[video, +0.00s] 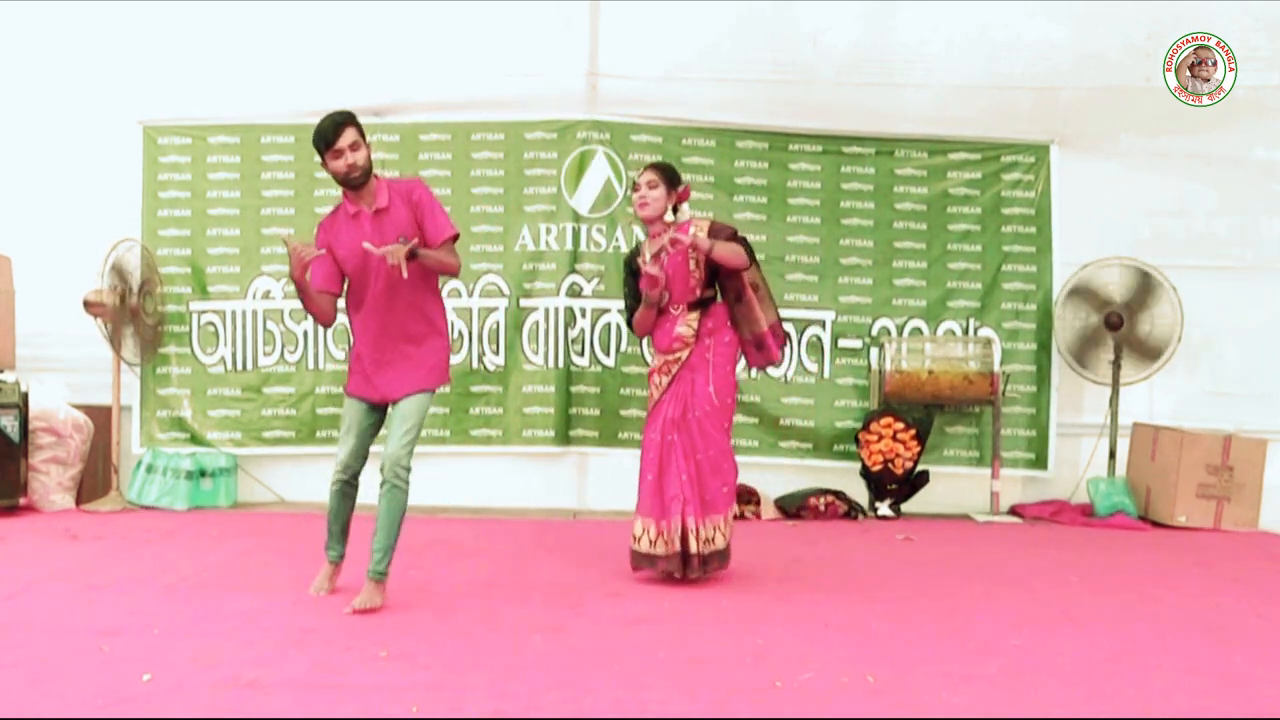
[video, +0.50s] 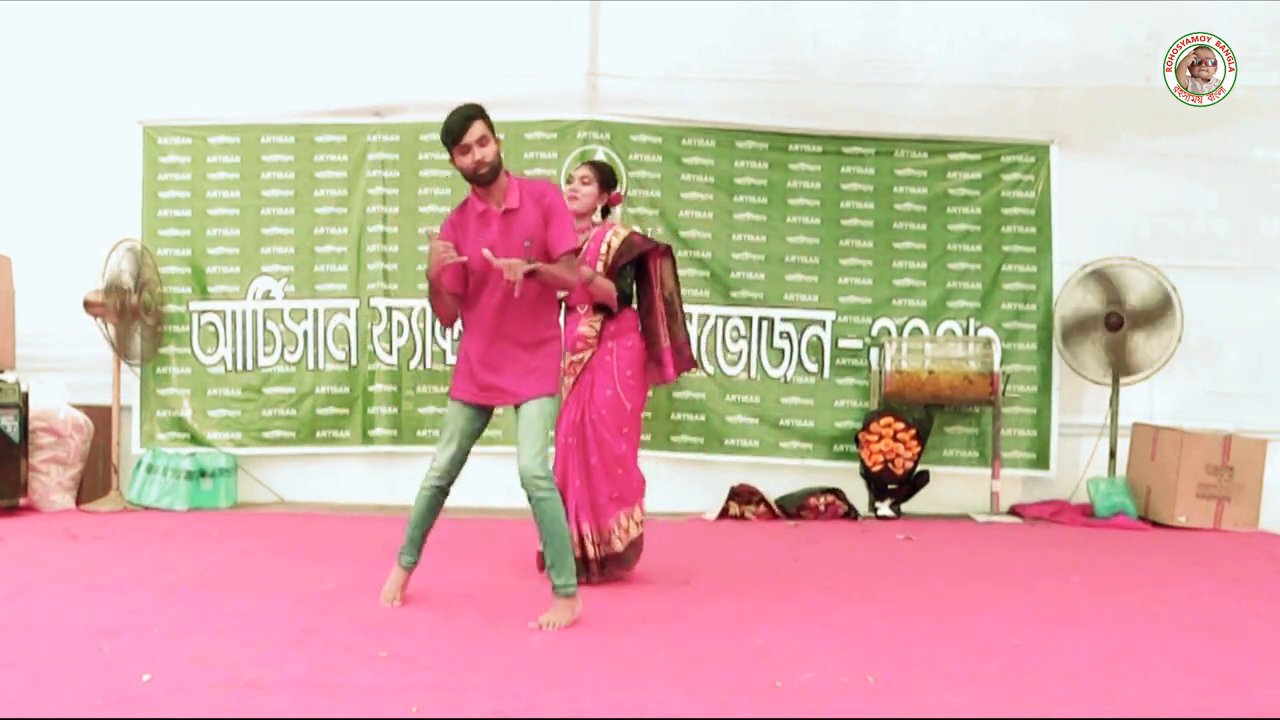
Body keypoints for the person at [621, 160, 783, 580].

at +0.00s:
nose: (641, 195)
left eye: (651, 188)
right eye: (637, 189)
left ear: (675, 195)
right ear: (633, 199)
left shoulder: (702, 231)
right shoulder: (638, 258)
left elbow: (743, 256)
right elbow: (640, 327)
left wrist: (702, 244)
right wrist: (652, 295)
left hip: (712, 339)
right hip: (668, 348)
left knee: (701, 431)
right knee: (662, 433)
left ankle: (705, 542)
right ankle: (670, 544)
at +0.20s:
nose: (616, 211)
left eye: (627, 205)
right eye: (613, 204)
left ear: (650, 214)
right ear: (609, 215)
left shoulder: (672, 249)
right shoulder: (616, 272)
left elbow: (696, 290)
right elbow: (615, 347)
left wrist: (653, 269)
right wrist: (616, 309)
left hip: (683, 358)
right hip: (644, 365)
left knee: (665, 441)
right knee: (613, 442)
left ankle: (675, 551)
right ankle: (629, 551)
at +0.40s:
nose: (587, 189)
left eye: (599, 184)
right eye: (585, 182)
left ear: (621, 196)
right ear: (579, 192)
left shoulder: (636, 234)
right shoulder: (582, 247)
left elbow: (635, 290)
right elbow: (571, 317)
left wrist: (593, 260)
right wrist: (568, 278)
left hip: (642, 341)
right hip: (606, 345)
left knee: (627, 429)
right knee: (592, 430)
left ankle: (646, 538)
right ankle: (604, 545)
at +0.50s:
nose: (574, 189)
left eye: (585, 183)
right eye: (570, 181)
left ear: (606, 195)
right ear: (562, 189)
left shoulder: (619, 238)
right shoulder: (564, 240)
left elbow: (618, 297)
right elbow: (552, 288)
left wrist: (580, 272)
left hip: (617, 342)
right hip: (578, 343)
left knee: (602, 433)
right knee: (570, 435)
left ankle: (617, 539)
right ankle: (576, 541)